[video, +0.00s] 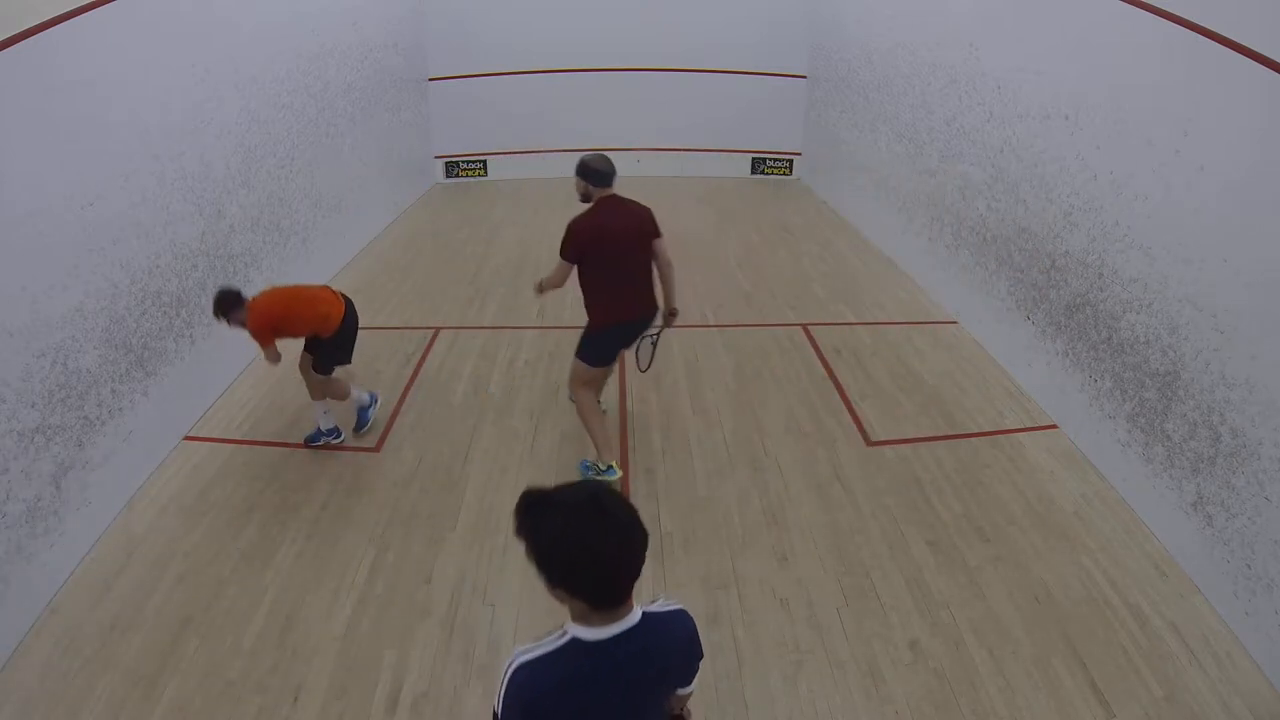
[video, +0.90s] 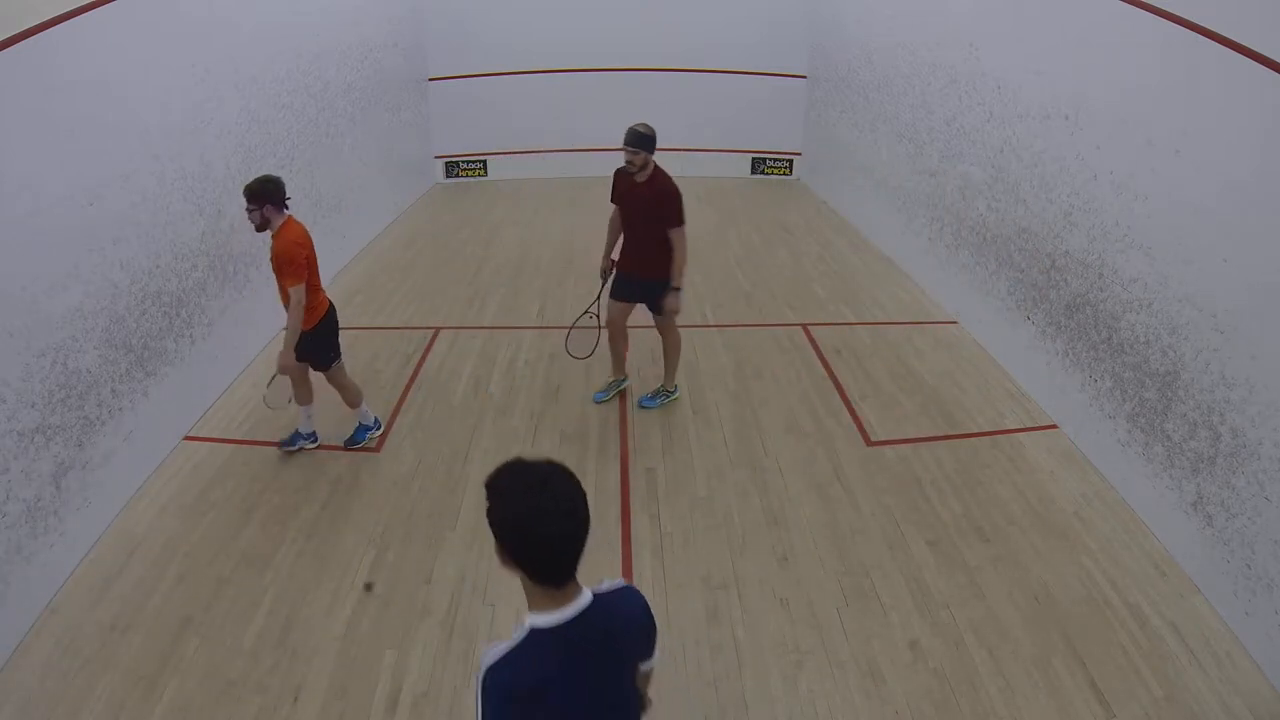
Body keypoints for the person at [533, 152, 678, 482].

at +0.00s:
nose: (575, 186)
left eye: (577, 181)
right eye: (576, 180)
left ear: (586, 184)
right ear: (611, 181)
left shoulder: (581, 226)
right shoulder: (641, 213)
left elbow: (559, 278)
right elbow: (664, 261)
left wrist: (543, 285)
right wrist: (670, 305)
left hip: (607, 322)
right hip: (643, 313)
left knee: (582, 389)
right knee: (607, 352)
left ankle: (607, 462)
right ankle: (590, 396)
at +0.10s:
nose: (567, 178)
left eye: (570, 173)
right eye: (568, 172)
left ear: (581, 175)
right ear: (600, 174)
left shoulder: (577, 216)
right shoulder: (630, 202)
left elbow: (560, 270)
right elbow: (650, 250)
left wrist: (551, 272)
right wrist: (655, 288)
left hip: (602, 309)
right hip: (636, 300)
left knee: (583, 379)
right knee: (595, 343)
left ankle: (605, 453)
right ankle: (590, 393)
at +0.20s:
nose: (564, 165)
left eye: (566, 160)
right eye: (565, 159)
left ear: (578, 163)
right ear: (597, 161)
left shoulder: (577, 203)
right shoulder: (622, 189)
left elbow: (566, 258)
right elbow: (640, 236)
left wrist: (559, 271)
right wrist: (636, 266)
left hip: (602, 295)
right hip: (632, 286)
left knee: (593, 366)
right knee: (598, 337)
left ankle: (612, 441)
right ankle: (595, 395)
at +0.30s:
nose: (566, 158)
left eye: (569, 153)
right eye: (567, 152)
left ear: (583, 155)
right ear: (596, 154)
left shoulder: (584, 195)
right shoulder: (618, 180)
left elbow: (575, 252)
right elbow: (623, 229)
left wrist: (565, 270)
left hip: (604, 283)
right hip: (629, 273)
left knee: (594, 350)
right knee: (598, 336)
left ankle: (630, 423)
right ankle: (593, 395)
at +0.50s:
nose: (584, 154)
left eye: (589, 149)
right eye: (583, 148)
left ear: (605, 152)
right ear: (605, 152)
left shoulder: (610, 186)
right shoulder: (613, 177)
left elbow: (609, 248)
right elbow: (612, 236)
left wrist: (582, 287)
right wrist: (594, 276)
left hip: (616, 277)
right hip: (618, 271)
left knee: (612, 345)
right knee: (608, 339)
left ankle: (660, 384)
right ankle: (594, 395)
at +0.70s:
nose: (608, 157)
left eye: (614, 152)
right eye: (607, 151)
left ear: (631, 154)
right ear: (607, 151)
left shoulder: (641, 191)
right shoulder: (613, 178)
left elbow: (644, 250)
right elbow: (615, 227)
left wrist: (626, 294)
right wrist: (607, 260)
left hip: (643, 277)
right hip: (617, 271)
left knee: (651, 333)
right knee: (607, 328)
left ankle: (668, 386)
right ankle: (596, 393)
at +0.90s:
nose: (628, 157)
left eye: (634, 153)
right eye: (626, 151)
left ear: (649, 154)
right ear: (624, 148)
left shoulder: (666, 188)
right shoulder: (621, 177)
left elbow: (678, 240)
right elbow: (618, 216)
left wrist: (675, 287)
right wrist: (606, 256)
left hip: (660, 273)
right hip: (629, 268)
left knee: (667, 328)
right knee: (614, 321)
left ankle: (669, 386)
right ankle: (618, 378)